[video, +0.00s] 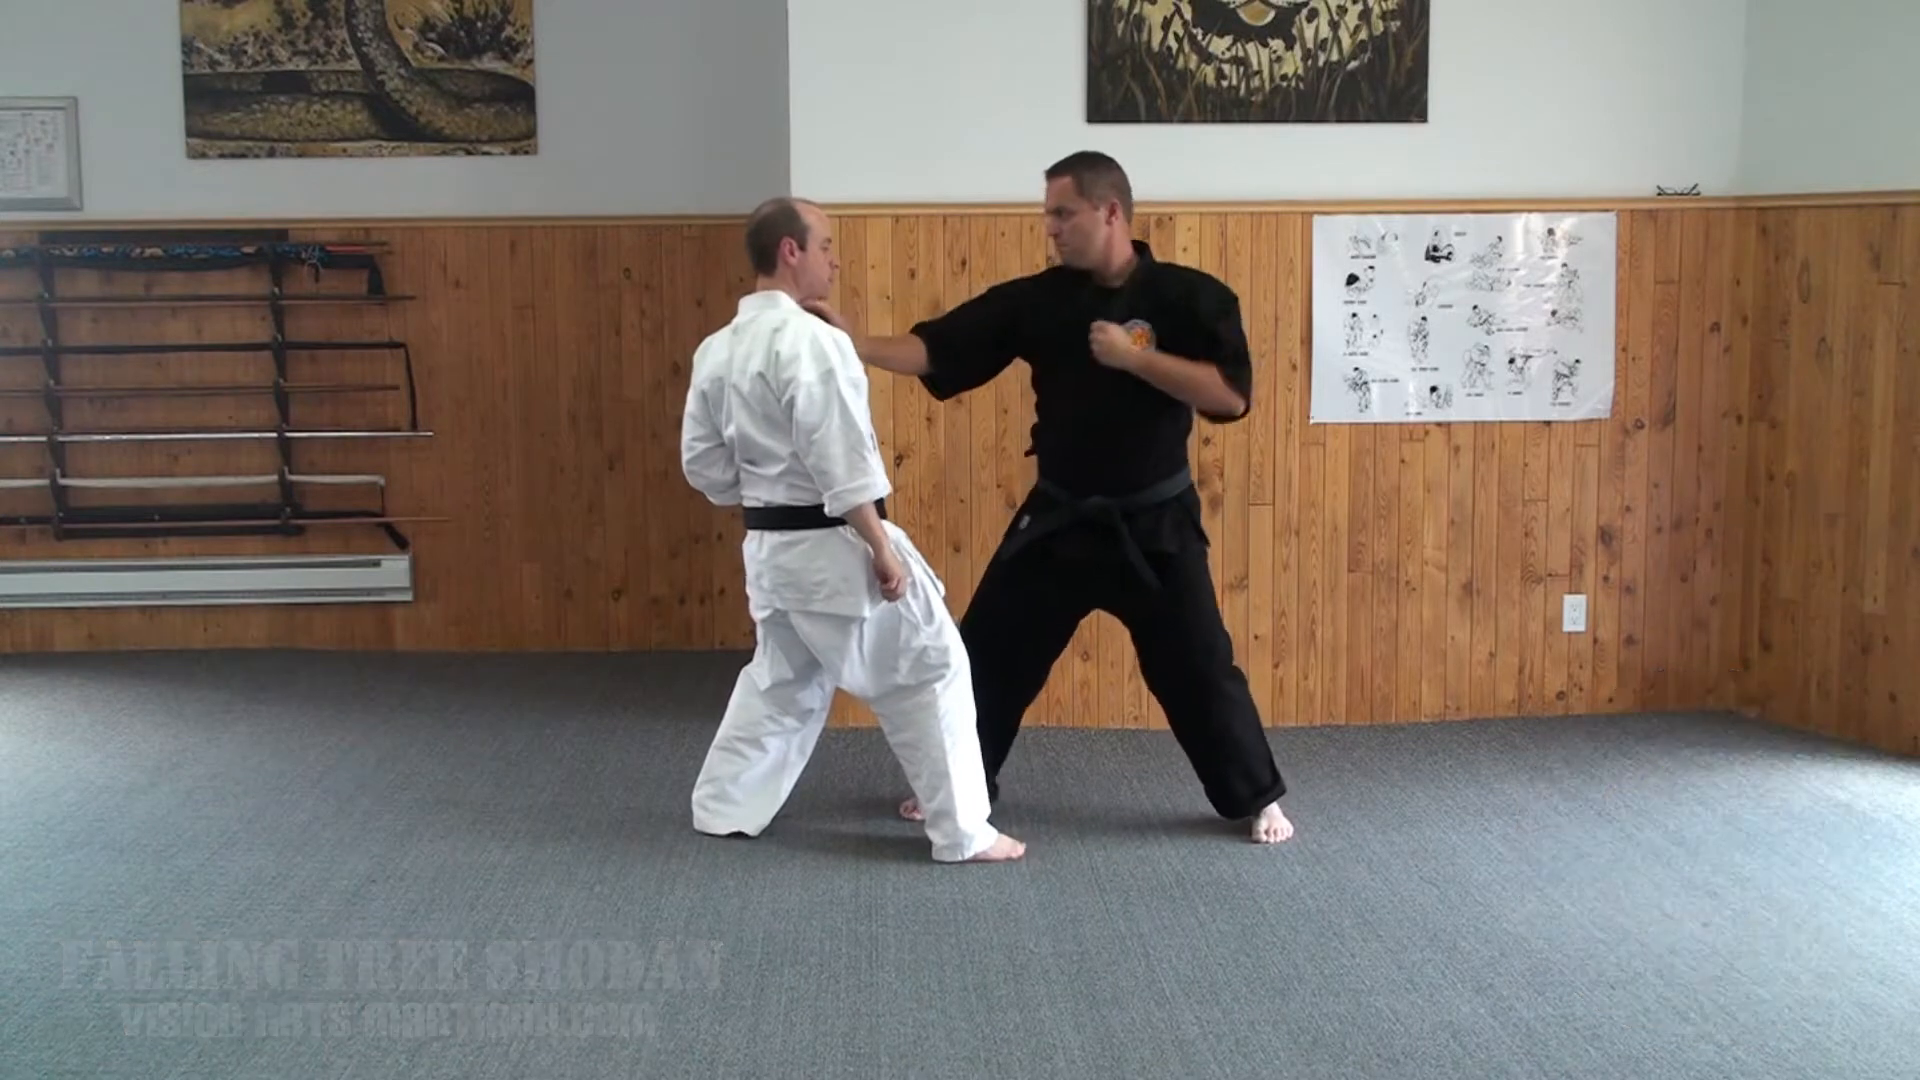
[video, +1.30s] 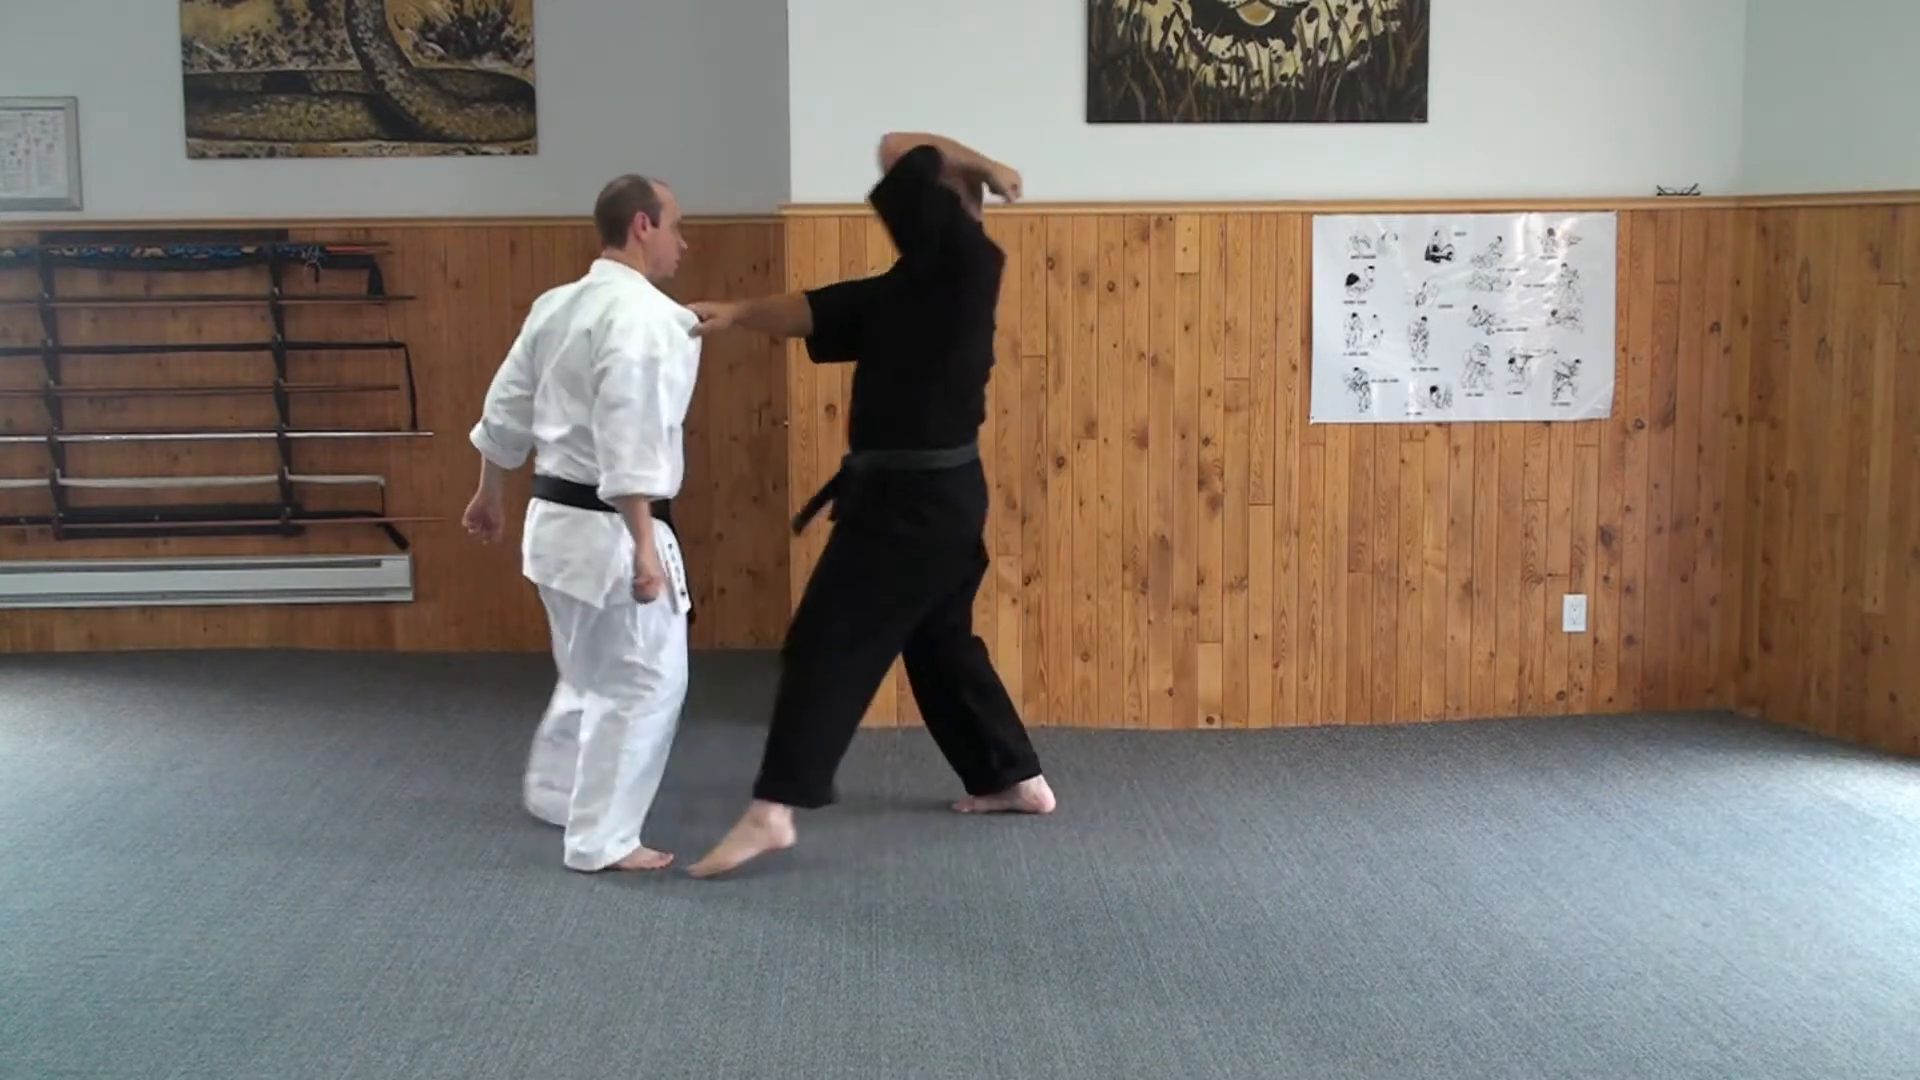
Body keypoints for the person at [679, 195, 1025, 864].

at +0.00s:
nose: (835, 262)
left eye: (833, 248)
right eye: (826, 248)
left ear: (775, 256)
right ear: (790, 253)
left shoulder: (714, 351)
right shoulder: (813, 343)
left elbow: (703, 463)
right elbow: (841, 458)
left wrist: (761, 505)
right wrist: (882, 547)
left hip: (768, 549)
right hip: (837, 546)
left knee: (782, 677)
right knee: (932, 664)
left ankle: (721, 807)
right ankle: (963, 831)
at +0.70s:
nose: (760, 263)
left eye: (758, 250)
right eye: (754, 250)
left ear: (699, 254)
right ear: (725, 250)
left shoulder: (640, 349)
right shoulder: (746, 332)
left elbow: (630, 466)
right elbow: (798, 440)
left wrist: (693, 496)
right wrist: (860, 518)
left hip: (691, 551)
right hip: (769, 549)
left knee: (735, 682)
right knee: (843, 679)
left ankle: (726, 812)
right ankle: (914, 823)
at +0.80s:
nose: (743, 259)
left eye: (741, 244)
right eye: (736, 244)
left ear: (684, 246)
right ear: (705, 244)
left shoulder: (622, 336)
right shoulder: (718, 328)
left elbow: (601, 461)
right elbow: (768, 444)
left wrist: (664, 492)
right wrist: (827, 526)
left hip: (663, 550)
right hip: (734, 549)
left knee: (721, 675)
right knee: (829, 651)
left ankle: (724, 807)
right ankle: (815, 810)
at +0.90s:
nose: (722, 251)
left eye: (721, 236)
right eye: (717, 235)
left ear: (658, 239)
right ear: (685, 236)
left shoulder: (602, 326)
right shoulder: (704, 323)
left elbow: (574, 438)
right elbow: (737, 442)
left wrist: (600, 501)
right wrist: (788, 524)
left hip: (639, 536)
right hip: (714, 536)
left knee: (688, 671)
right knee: (770, 666)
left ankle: (720, 805)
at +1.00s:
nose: (714, 248)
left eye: (712, 232)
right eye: (707, 232)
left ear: (653, 235)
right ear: (674, 233)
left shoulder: (588, 320)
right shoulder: (688, 321)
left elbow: (547, 423)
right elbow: (710, 446)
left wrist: (533, 506)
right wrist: (755, 531)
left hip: (612, 535)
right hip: (679, 538)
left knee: (692, 674)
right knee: (681, 683)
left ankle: (715, 807)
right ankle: (601, 820)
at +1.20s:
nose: (694, 243)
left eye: (694, 227)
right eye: (689, 227)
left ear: (626, 231)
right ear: (655, 229)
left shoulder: (565, 303)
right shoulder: (658, 317)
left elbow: (513, 403)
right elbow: (652, 446)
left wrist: (485, 487)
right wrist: (683, 543)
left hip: (563, 525)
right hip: (626, 531)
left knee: (632, 670)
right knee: (643, 685)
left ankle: (662, 804)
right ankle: (600, 839)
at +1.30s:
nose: (680, 241)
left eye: (678, 227)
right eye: (674, 227)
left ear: (617, 232)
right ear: (641, 230)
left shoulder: (556, 304)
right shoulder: (645, 318)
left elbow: (506, 407)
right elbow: (629, 439)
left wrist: (488, 489)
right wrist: (645, 546)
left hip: (553, 525)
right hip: (615, 533)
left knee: (584, 668)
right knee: (646, 684)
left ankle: (554, 791)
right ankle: (601, 839)